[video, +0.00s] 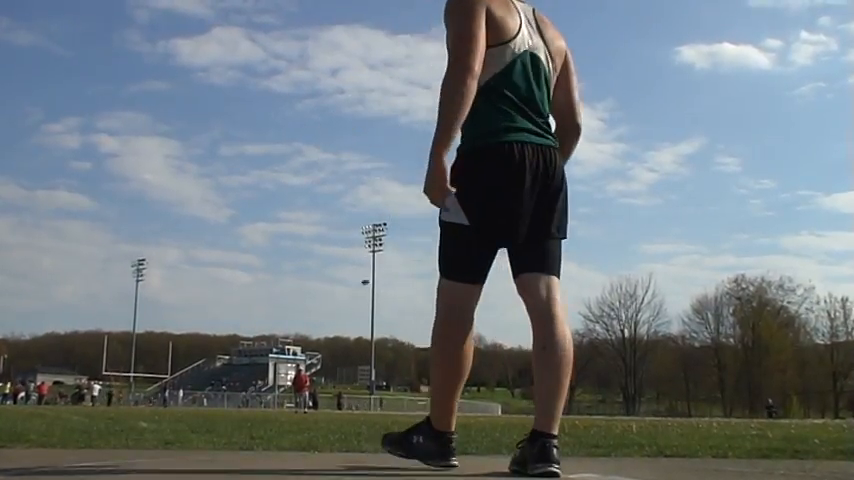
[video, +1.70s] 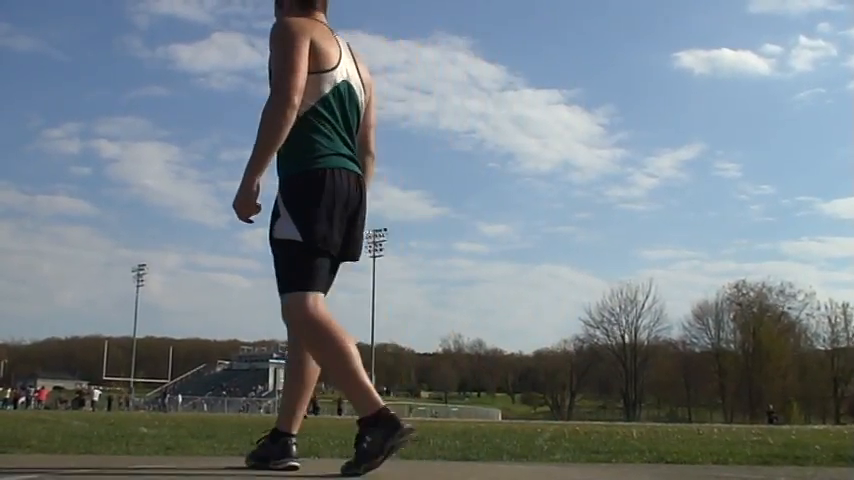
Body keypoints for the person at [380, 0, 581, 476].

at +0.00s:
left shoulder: (472, 4)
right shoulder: (550, 30)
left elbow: (465, 72)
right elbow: (571, 123)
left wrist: (437, 158)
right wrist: (543, 172)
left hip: (487, 165)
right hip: (546, 170)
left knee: (456, 305)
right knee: (547, 301)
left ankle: (438, 434)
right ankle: (544, 444)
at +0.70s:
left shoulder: (441, 6)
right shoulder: (512, 36)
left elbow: (431, 86)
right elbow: (518, 132)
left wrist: (392, 165)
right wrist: (474, 166)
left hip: (443, 172)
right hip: (499, 178)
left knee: (408, 306)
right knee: (508, 307)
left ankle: (398, 441)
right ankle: (537, 446)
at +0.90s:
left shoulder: (405, 6)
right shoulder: (477, 36)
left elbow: (394, 83)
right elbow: (480, 131)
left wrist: (359, 164)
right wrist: (435, 162)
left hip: (409, 167)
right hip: (462, 173)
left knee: (393, 310)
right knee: (449, 304)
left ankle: (399, 443)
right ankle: (518, 419)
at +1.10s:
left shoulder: (376, 6)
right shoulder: (446, 34)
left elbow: (362, 88)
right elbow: (453, 126)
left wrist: (325, 168)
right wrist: (413, 163)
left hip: (393, 165)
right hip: (437, 169)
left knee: (383, 306)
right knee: (400, 303)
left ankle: (398, 443)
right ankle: (443, 425)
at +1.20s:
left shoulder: (363, 7)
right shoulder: (431, 35)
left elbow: (351, 90)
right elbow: (440, 127)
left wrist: (314, 169)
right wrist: (410, 171)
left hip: (386, 166)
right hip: (424, 169)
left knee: (376, 301)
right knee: (379, 301)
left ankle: (398, 443)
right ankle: (392, 438)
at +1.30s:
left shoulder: (349, 11)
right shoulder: (417, 39)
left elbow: (339, 99)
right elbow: (428, 129)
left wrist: (304, 174)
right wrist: (411, 184)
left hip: (375, 170)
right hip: (412, 173)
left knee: (374, 301)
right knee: (353, 299)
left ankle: (399, 444)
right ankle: (337, 434)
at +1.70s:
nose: (276, 10)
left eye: (277, 5)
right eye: (277, 7)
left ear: (288, 3)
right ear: (323, 7)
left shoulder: (293, 26)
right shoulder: (359, 62)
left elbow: (286, 100)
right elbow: (365, 147)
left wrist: (251, 177)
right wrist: (355, 206)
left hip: (312, 182)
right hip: (349, 188)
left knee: (300, 308)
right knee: (306, 314)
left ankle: (377, 419)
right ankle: (283, 440)